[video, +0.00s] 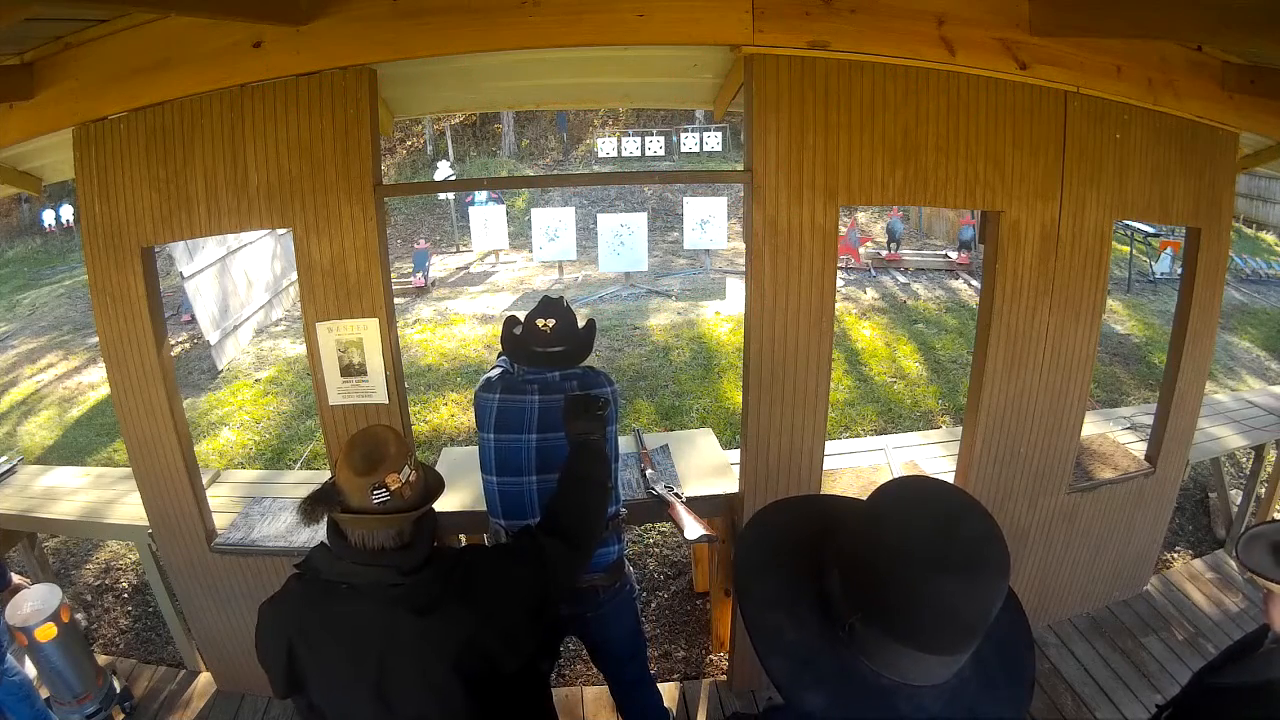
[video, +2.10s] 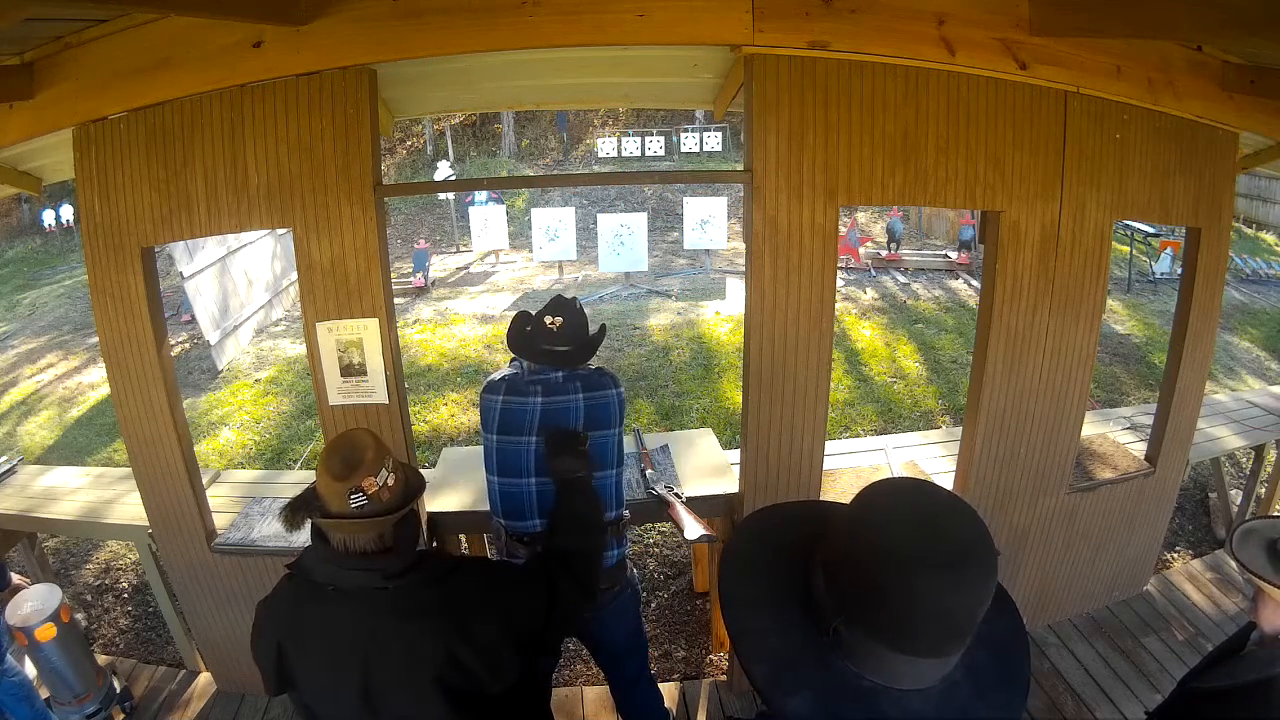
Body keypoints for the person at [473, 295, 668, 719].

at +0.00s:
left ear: (515, 340)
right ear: (576, 342)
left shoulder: (488, 393)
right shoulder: (599, 387)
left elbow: (507, 365)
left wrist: (519, 344)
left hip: (518, 582)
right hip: (596, 577)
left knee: (529, 691)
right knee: (634, 688)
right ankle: (653, 715)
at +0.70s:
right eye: (585, 339)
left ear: (529, 341)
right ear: (583, 345)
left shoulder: (491, 390)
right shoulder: (605, 389)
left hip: (517, 582)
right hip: (596, 576)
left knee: (528, 692)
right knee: (634, 687)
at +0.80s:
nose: (592, 355)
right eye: (591, 348)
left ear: (535, 346)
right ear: (586, 349)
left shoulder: (492, 391)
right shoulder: (608, 392)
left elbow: (457, 440)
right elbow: (634, 410)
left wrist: (512, 439)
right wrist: (590, 372)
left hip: (517, 579)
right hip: (597, 575)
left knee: (527, 691)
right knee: (633, 683)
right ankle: (653, 717)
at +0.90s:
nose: (594, 360)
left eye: (593, 353)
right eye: (593, 352)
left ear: (541, 348)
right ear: (586, 352)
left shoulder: (488, 396)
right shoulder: (613, 393)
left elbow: (445, 463)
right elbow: (673, 429)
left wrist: (494, 502)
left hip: (519, 577)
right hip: (600, 572)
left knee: (529, 689)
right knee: (634, 683)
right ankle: (652, 717)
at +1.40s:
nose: (603, 365)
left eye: (543, 347)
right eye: (602, 358)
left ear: (544, 350)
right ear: (595, 356)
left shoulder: (494, 388)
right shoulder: (624, 394)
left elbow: (428, 422)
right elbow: (683, 445)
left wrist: (476, 472)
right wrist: (638, 475)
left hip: (522, 581)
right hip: (604, 575)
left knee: (528, 694)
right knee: (635, 684)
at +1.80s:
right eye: (580, 335)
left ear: (523, 342)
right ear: (581, 343)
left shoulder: (489, 401)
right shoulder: (608, 391)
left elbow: (479, 449)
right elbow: (629, 459)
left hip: (526, 585)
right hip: (605, 577)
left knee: (530, 696)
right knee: (636, 686)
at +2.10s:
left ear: (528, 341)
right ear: (583, 344)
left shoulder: (494, 392)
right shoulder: (607, 387)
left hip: (524, 582)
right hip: (602, 575)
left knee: (529, 693)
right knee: (636, 687)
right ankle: (653, 716)